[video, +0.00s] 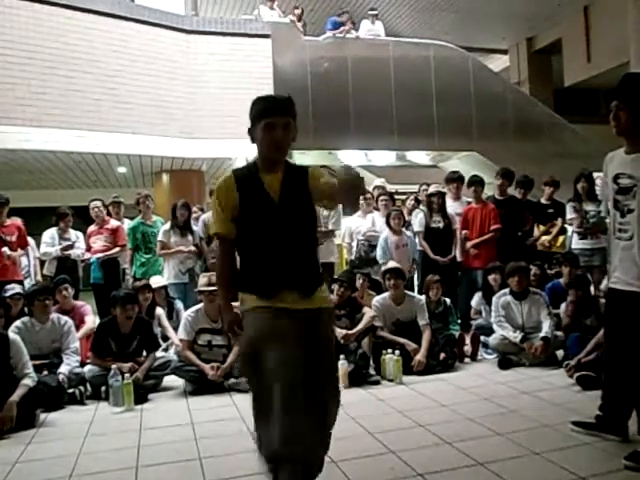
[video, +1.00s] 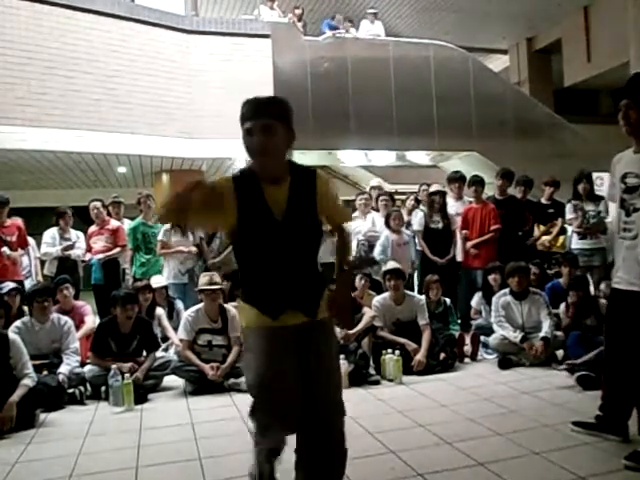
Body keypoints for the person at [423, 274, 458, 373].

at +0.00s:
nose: (435, 292)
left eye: (437, 288)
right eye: (432, 289)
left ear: (441, 290)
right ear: (427, 290)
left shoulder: (446, 303)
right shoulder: (422, 302)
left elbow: (453, 322)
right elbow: (421, 321)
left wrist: (453, 334)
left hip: (444, 331)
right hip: (429, 331)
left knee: (449, 338)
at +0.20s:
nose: (435, 292)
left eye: (437, 288)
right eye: (432, 289)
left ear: (441, 290)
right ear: (427, 290)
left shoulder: (446, 303)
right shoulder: (422, 302)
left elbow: (453, 322)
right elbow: (420, 321)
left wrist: (452, 334)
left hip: (444, 331)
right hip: (429, 331)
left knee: (449, 338)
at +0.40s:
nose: (435, 292)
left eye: (437, 288)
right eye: (432, 289)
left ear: (441, 290)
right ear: (427, 291)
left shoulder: (446, 303)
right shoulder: (421, 302)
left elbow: (453, 322)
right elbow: (421, 321)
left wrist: (453, 334)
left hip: (444, 330)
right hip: (429, 331)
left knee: (449, 338)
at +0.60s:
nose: (435, 292)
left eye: (437, 288)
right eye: (432, 289)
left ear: (441, 290)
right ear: (427, 291)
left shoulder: (446, 303)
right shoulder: (421, 303)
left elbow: (453, 322)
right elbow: (421, 322)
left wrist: (453, 334)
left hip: (444, 331)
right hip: (429, 331)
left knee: (449, 338)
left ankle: (442, 356)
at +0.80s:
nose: (435, 292)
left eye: (437, 289)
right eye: (432, 289)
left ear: (441, 290)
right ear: (427, 291)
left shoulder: (446, 303)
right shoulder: (421, 303)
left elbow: (453, 322)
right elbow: (421, 322)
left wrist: (453, 334)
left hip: (444, 330)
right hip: (429, 331)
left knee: (449, 338)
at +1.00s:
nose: (435, 292)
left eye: (437, 289)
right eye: (432, 289)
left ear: (441, 290)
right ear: (427, 291)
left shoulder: (446, 303)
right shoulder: (421, 303)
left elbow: (453, 322)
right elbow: (421, 322)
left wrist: (453, 334)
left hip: (444, 331)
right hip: (429, 331)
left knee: (449, 338)